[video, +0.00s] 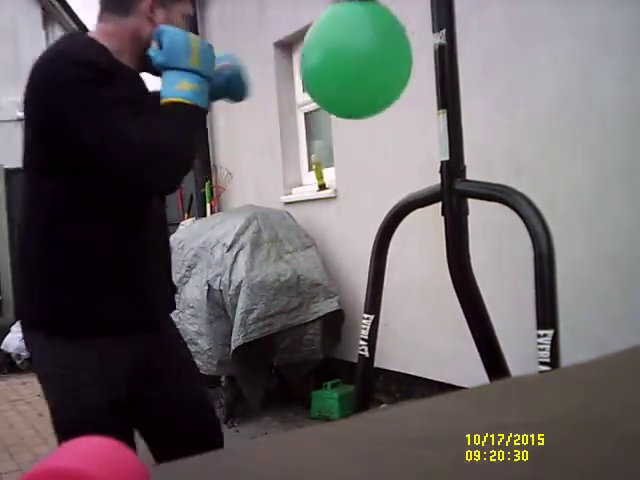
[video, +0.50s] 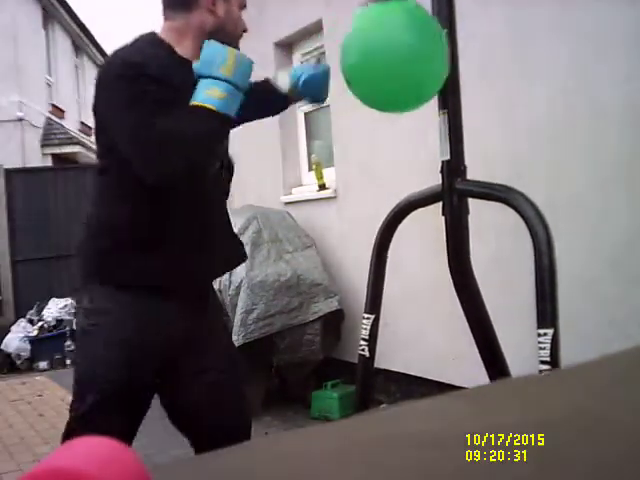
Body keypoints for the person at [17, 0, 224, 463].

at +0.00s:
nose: (186, 38)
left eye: (188, 25)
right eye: (184, 21)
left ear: (148, 14)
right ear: (150, 12)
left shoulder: (120, 79)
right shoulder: (70, 68)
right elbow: (157, 170)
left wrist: (198, 91)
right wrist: (183, 84)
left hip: (137, 317)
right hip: (77, 326)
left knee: (200, 455)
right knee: (102, 469)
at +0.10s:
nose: (199, 39)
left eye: (202, 27)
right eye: (198, 23)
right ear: (167, 14)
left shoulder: (152, 89)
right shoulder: (90, 75)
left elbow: (194, 132)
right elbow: (180, 171)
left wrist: (251, 133)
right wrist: (207, 94)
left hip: (150, 318)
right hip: (90, 328)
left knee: (221, 432)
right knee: (117, 465)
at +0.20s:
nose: (218, 40)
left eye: (218, 26)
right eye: (214, 24)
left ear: (182, 20)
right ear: (185, 19)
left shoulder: (157, 95)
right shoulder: (123, 84)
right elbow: (204, 187)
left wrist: (210, 107)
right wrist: (228, 107)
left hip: (171, 326)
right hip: (119, 332)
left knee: (244, 450)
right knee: (109, 470)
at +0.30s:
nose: (247, 31)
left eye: (246, 17)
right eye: (243, 15)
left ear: (211, 16)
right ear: (214, 14)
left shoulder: (191, 91)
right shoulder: (139, 80)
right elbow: (188, 184)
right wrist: (241, 114)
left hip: (191, 323)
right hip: (119, 327)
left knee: (246, 461)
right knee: (99, 471)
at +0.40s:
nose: (255, 21)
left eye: (253, 8)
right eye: (249, 6)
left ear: (214, 11)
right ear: (217, 8)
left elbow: (253, 97)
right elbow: (163, 168)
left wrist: (299, 75)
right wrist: (230, 101)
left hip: (191, 297)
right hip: (115, 299)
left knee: (231, 451)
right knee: (84, 458)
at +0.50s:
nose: (245, 23)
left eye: (244, 9)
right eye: (241, 8)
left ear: (207, 9)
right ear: (211, 7)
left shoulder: (197, 77)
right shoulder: (129, 70)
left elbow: (228, 107)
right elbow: (164, 162)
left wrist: (288, 88)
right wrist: (216, 91)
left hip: (189, 295)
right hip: (122, 297)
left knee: (230, 446)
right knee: (91, 455)